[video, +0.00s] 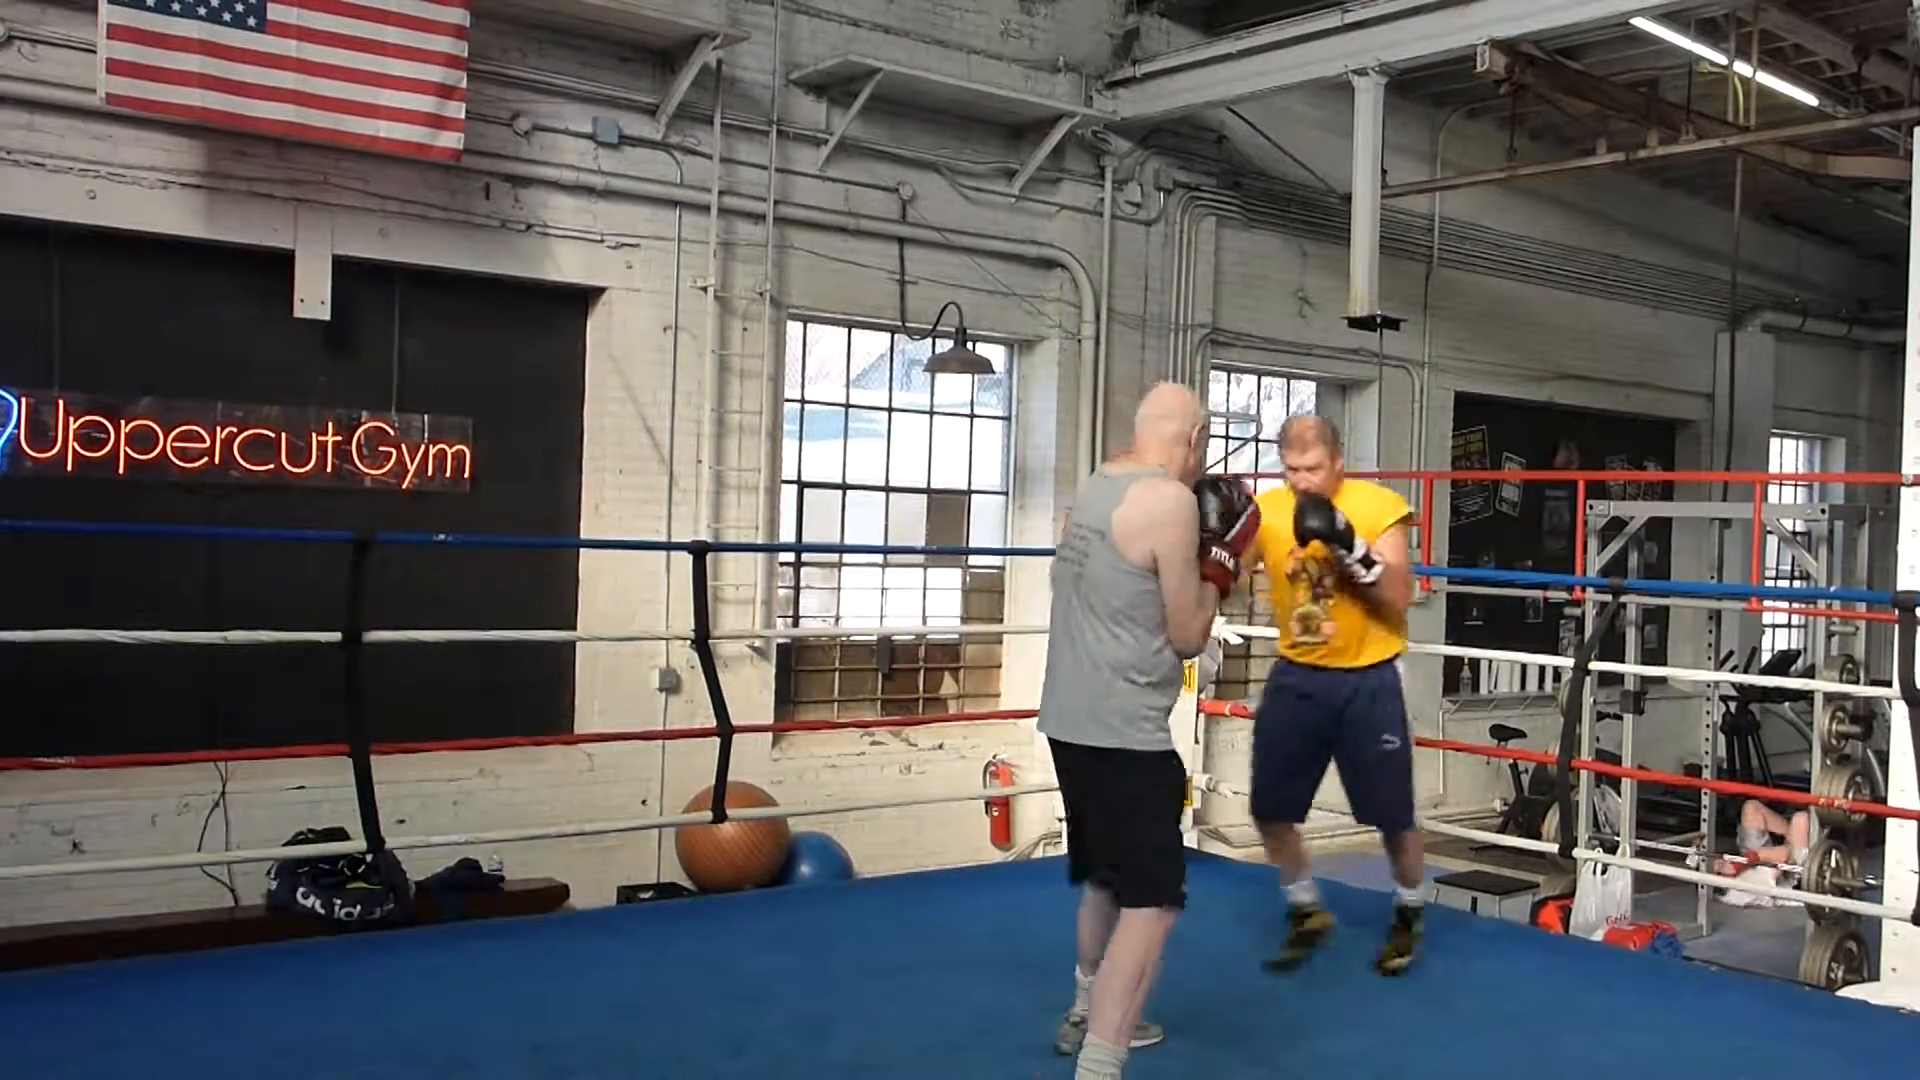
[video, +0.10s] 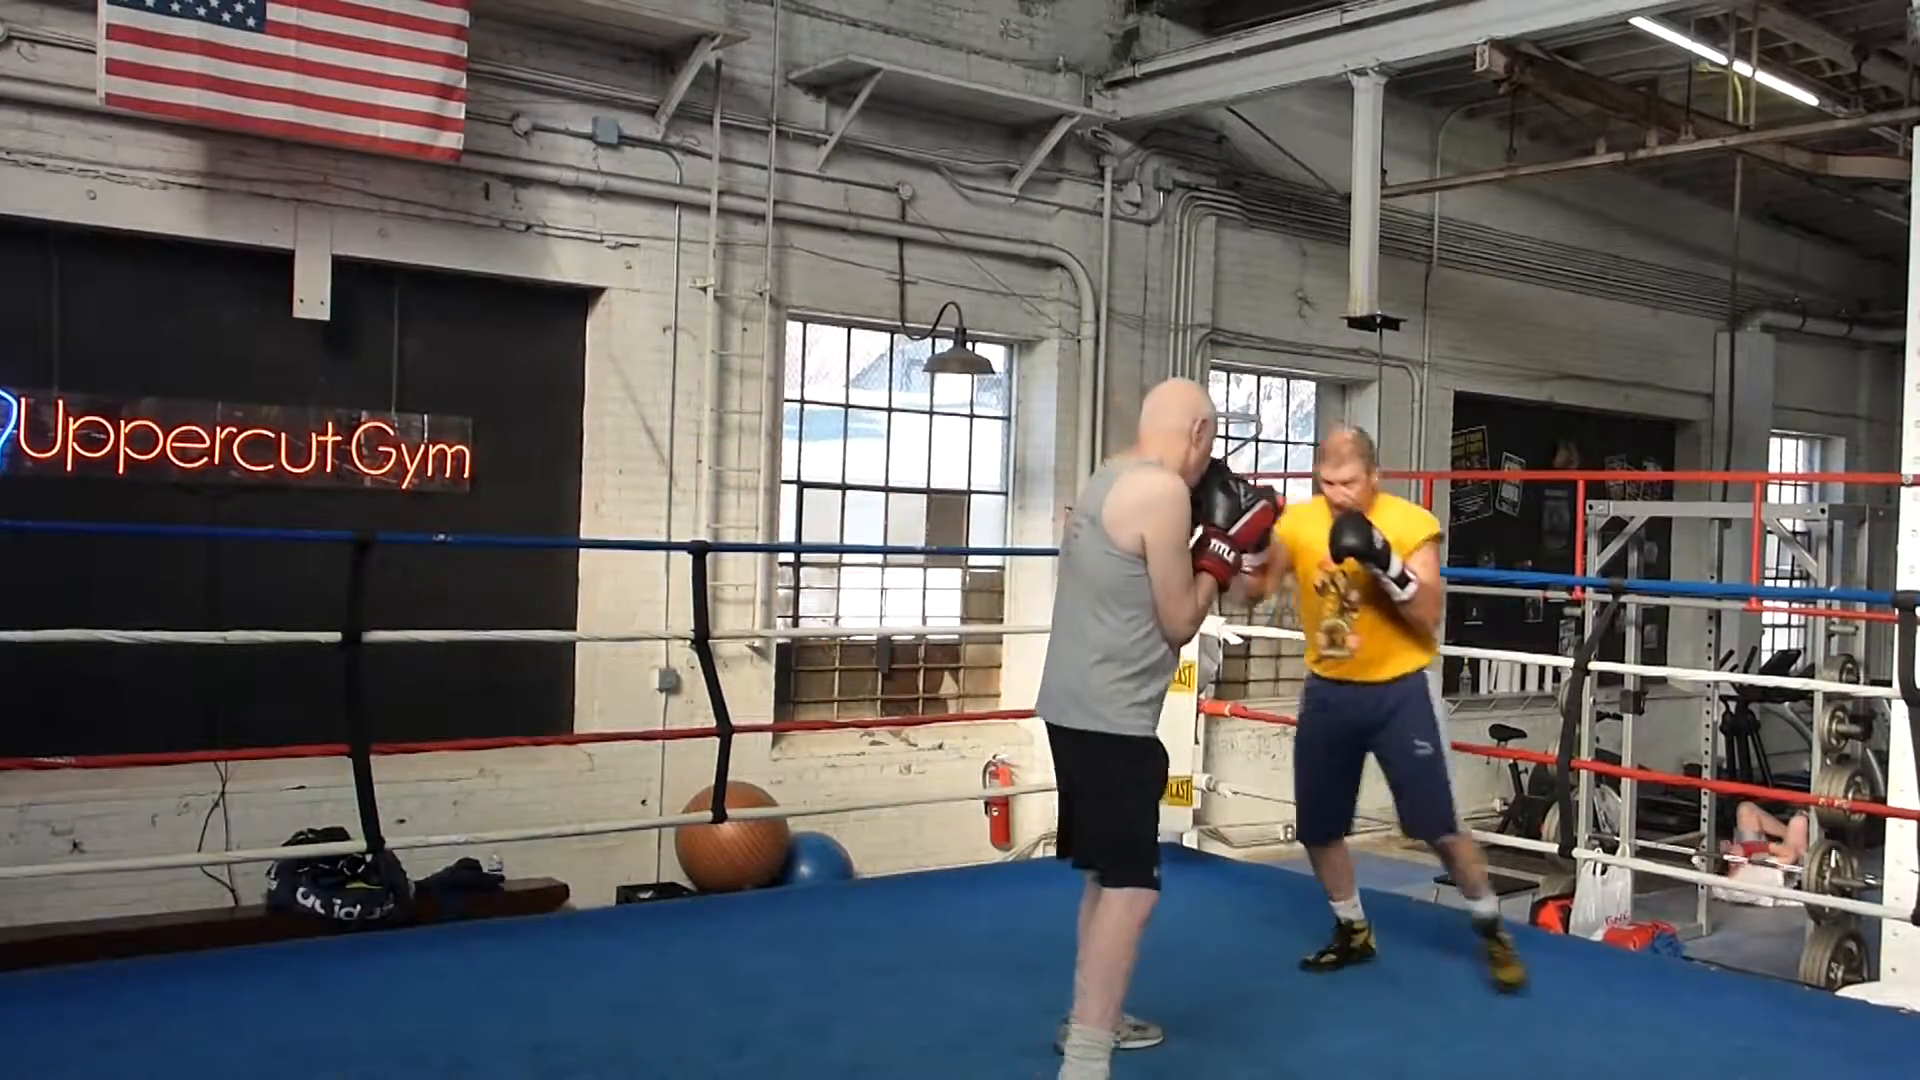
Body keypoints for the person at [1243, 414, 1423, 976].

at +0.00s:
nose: (1303, 481)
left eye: (1313, 469)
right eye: (1293, 471)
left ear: (1338, 461)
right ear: (1281, 466)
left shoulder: (1376, 505)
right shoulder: (1266, 510)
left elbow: (1399, 598)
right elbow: (1226, 581)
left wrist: (1351, 551)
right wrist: (1224, 533)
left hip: (1369, 683)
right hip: (1296, 681)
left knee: (1393, 816)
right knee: (1272, 809)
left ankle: (1409, 916)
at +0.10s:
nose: (1340, 494)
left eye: (1351, 483)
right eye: (1330, 484)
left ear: (1375, 476)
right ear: (1317, 478)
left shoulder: (1411, 525)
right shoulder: (1295, 522)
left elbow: (1429, 621)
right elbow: (1249, 592)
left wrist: (1383, 566)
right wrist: (1238, 535)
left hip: (1401, 694)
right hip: (1327, 696)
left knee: (1438, 825)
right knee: (1320, 825)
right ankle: (1352, 932)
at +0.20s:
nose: (1375, 516)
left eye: (1386, 505)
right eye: (1367, 505)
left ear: (1410, 498)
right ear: (1354, 499)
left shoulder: (1445, 550)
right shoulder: (1334, 544)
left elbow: (1455, 646)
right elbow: (1294, 610)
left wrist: (1412, 593)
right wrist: (1287, 567)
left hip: (1434, 718)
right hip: (1358, 716)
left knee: (1489, 846)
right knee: (1320, 832)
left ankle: (1563, 950)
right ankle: (1353, 935)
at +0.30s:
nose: (1412, 523)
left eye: (1423, 509)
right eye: (1404, 512)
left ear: (1454, 500)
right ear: (1396, 508)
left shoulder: (1494, 554)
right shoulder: (1387, 551)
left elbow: (1492, 647)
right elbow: (1336, 620)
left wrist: (1434, 586)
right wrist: (1327, 574)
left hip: (1481, 725)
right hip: (1402, 719)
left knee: (1522, 857)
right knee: (1349, 833)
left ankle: (1578, 962)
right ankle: (1357, 939)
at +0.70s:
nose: (1549, 516)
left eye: (1559, 503)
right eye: (1540, 505)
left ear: (1594, 492)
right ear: (1534, 502)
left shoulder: (1637, 545)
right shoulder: (1536, 543)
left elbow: (1628, 644)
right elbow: (1482, 613)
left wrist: (1558, 584)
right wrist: (1474, 561)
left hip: (1634, 726)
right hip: (1562, 726)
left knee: (1677, 869)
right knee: (1529, 850)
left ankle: (1769, 992)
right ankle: (1587, 973)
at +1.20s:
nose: (1750, 532)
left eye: (1761, 517)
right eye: (1743, 519)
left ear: (1805, 505)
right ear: (1738, 516)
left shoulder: (1855, 562)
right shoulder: (1745, 562)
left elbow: (1814, 659)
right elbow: (1675, 639)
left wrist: (1751, 587)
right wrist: (1671, 575)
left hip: (1846, 762)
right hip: (1760, 760)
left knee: (1891, 923)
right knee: (1725, 898)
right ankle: (1812, 1003)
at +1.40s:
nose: (1774, 537)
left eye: (1785, 521)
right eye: (1767, 524)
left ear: (1831, 511)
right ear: (1760, 522)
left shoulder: (1883, 570)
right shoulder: (1772, 573)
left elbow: (1848, 671)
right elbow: (1725, 663)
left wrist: (1779, 595)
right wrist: (1701, 617)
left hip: (1865, 770)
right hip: (1772, 759)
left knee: (1898, 933)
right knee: (1680, 862)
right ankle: (1730, 1002)